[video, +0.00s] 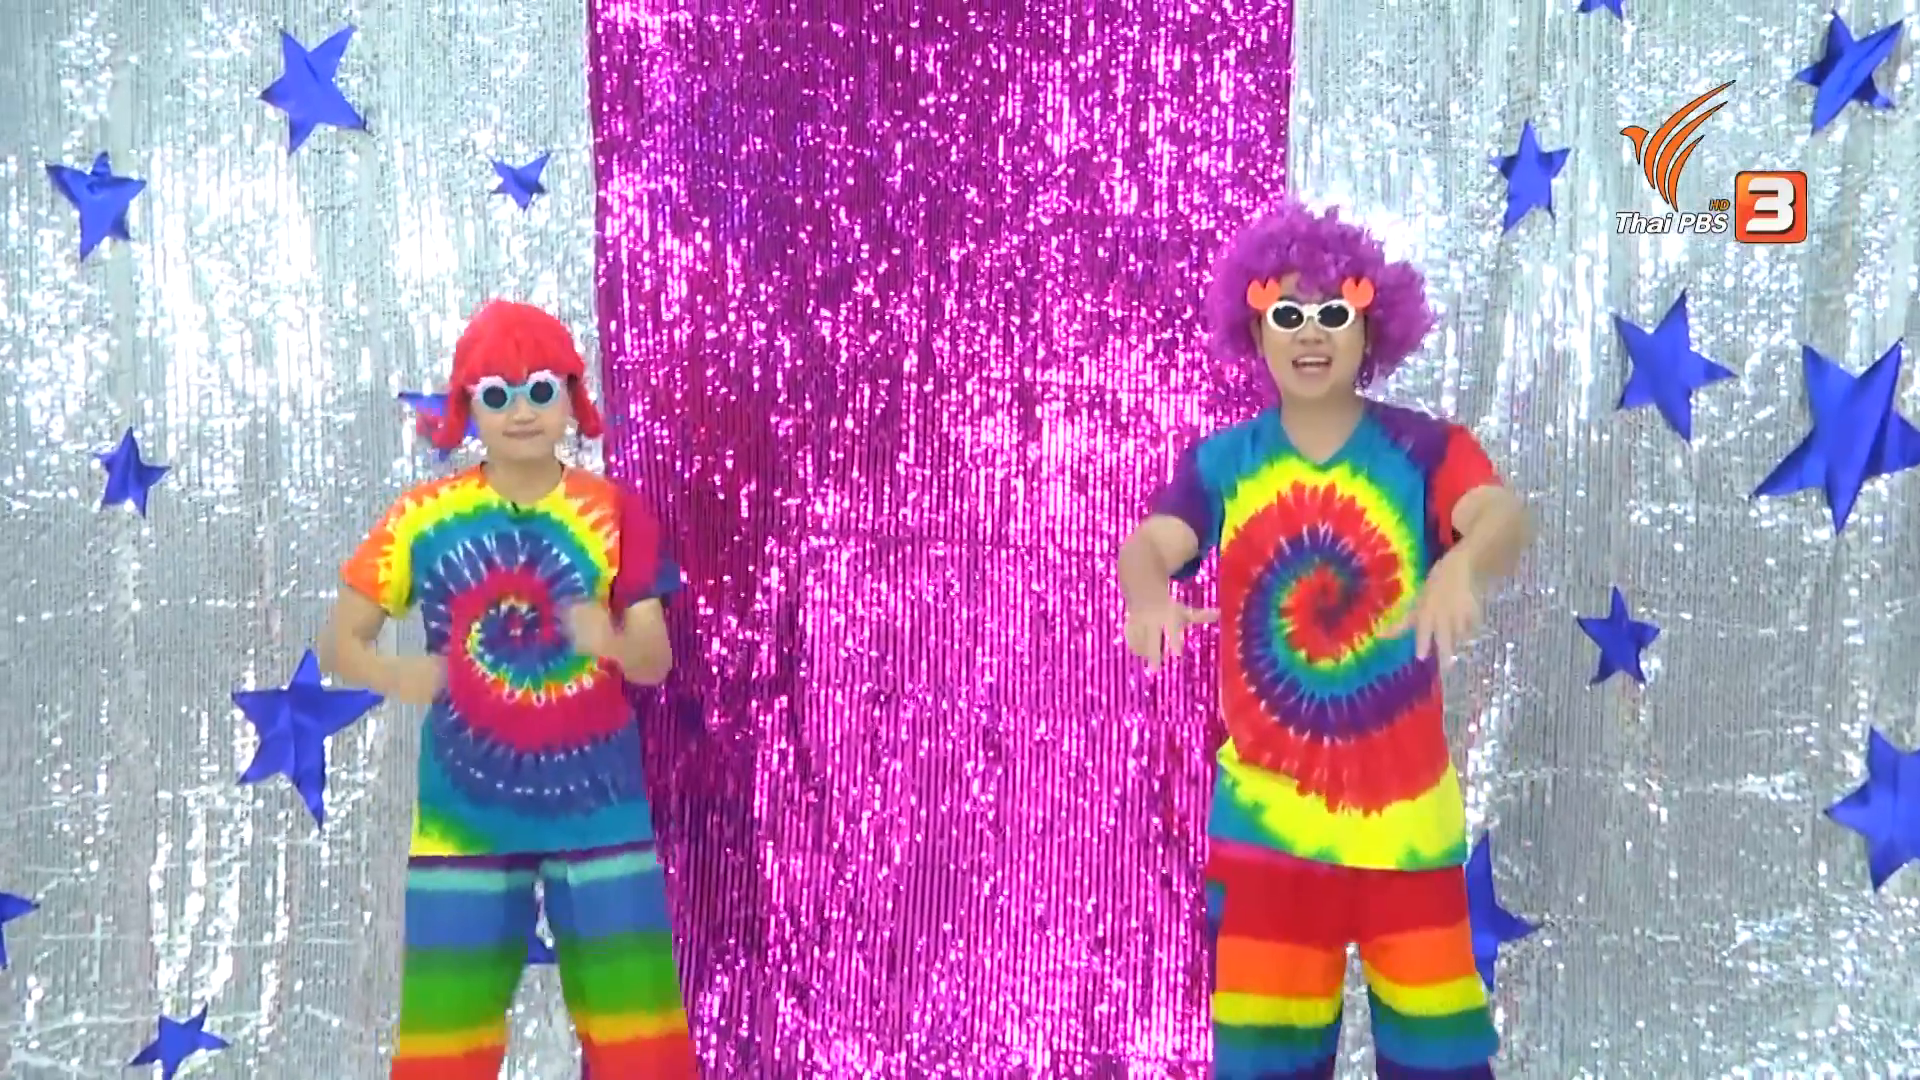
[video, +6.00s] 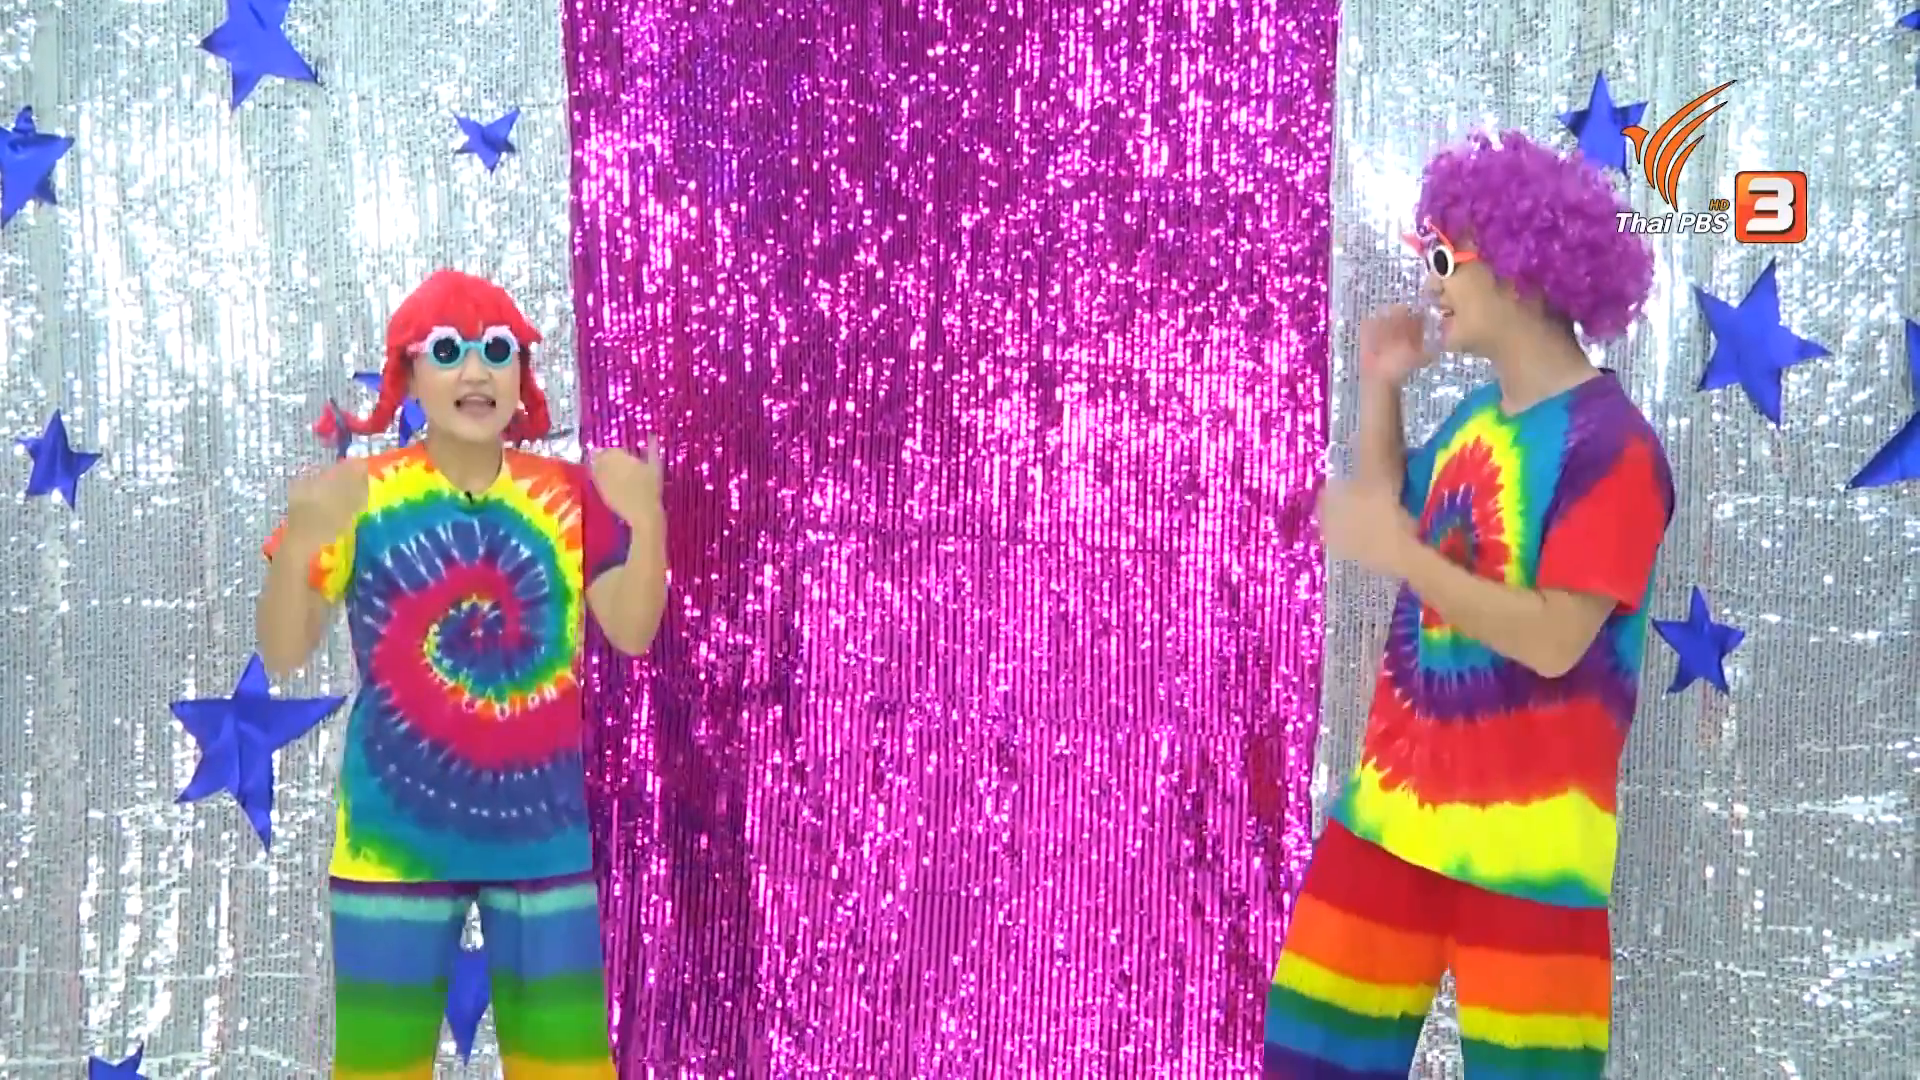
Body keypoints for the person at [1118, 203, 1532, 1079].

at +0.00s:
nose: (1311, 334)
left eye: (1333, 314)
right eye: (1288, 315)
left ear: (1367, 334)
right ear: (1257, 336)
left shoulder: (1428, 449)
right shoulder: (1221, 465)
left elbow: (1505, 517)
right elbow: (1151, 543)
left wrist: (1464, 567)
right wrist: (1146, 591)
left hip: (1410, 824)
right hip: (1269, 828)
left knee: (1442, 1056)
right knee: (1265, 1058)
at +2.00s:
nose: (1505, 305)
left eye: (1529, 283)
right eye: (1476, 286)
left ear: (1565, 304)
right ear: (1437, 309)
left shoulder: (1617, 468)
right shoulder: (1371, 457)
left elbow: (1668, 640)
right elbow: (1254, 603)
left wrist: (1647, 821)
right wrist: (1318, 756)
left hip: (1545, 870)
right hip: (1388, 861)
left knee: (1538, 1069)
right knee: (1360, 1066)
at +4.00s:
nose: (1469, 311)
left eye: (1495, 287)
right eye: (1444, 291)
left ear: (1541, 308)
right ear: (1417, 315)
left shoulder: (1611, 470)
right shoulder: (1364, 468)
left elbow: (1652, 661)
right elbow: (1316, 652)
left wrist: (1662, 849)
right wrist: (1297, 820)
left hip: (1552, 868)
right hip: (1396, 862)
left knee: (1547, 1068)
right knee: (1362, 1066)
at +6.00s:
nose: (1430, 287)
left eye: (1446, 261)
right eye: (1432, 263)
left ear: (1523, 272)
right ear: (1503, 275)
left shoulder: (1617, 449)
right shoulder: (1470, 423)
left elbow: (1557, 636)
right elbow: (1392, 537)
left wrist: (1401, 554)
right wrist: (1381, 390)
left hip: (1531, 839)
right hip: (1395, 813)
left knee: (1524, 1063)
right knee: (1310, 1043)